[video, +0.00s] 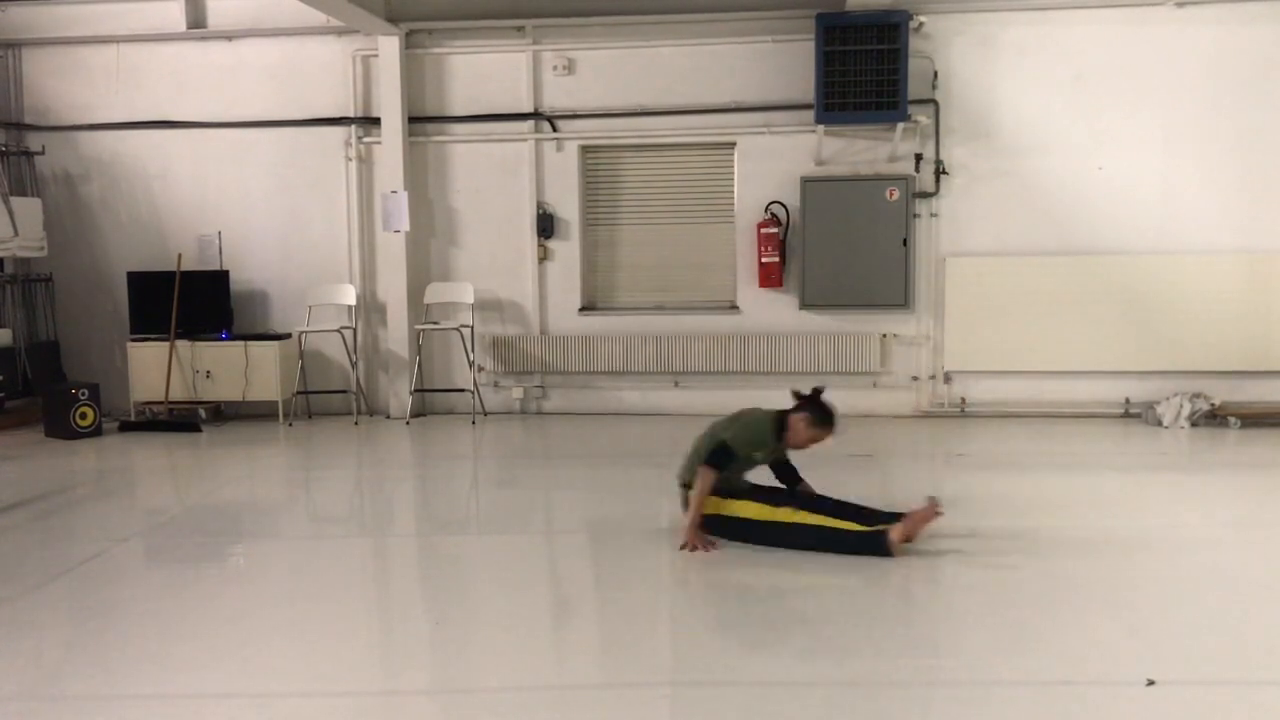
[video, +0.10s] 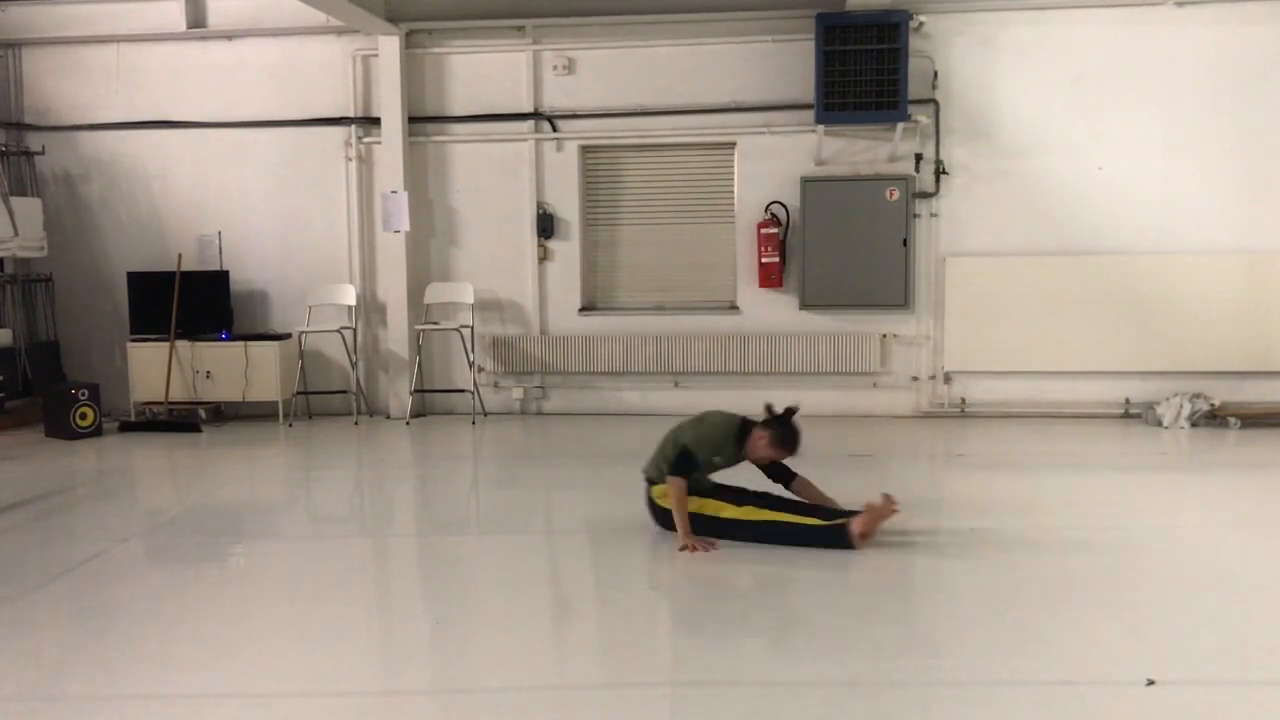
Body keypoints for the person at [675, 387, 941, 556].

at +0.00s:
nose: (809, 447)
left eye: (815, 442)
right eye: (812, 439)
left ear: (800, 421)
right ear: (799, 422)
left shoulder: (775, 436)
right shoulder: (755, 427)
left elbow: (793, 481)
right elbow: (707, 470)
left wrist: (822, 506)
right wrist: (692, 526)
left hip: (731, 490)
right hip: (707, 499)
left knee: (805, 507)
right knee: (788, 525)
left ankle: (897, 523)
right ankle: (883, 542)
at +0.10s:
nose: (770, 461)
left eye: (774, 458)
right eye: (771, 456)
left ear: (762, 437)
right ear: (761, 438)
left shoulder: (748, 439)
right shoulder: (717, 433)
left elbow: (790, 480)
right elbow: (675, 479)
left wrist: (838, 509)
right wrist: (684, 535)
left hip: (694, 488)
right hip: (666, 496)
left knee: (760, 504)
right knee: (746, 518)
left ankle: (848, 521)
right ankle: (844, 535)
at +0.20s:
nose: (731, 476)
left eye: (738, 474)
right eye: (734, 470)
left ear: (736, 454)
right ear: (729, 452)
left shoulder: (726, 444)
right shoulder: (689, 442)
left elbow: (781, 475)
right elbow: (652, 484)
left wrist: (836, 490)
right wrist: (682, 534)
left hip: (665, 486)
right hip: (637, 495)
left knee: (732, 503)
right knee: (718, 515)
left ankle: (815, 520)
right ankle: (809, 531)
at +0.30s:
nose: (708, 485)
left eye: (715, 484)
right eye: (711, 480)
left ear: (714, 459)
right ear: (707, 462)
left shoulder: (712, 447)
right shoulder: (670, 448)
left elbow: (765, 470)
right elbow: (648, 493)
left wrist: (820, 475)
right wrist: (681, 535)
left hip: (648, 486)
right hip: (617, 490)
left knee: (711, 502)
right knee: (698, 514)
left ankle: (786, 521)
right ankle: (777, 530)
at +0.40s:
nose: (694, 486)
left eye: (701, 486)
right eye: (697, 481)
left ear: (701, 459)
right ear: (692, 464)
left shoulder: (701, 446)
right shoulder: (656, 449)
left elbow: (749, 465)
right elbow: (645, 499)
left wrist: (799, 467)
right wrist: (681, 535)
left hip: (638, 482)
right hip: (605, 487)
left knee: (699, 501)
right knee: (678, 512)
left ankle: (769, 522)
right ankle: (752, 530)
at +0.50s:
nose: (681, 484)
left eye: (689, 485)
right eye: (684, 480)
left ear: (703, 457)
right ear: (681, 461)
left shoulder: (691, 440)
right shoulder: (647, 447)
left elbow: (733, 461)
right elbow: (635, 496)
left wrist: (780, 468)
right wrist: (674, 534)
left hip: (631, 481)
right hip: (599, 490)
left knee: (687, 501)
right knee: (672, 514)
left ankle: (763, 522)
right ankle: (747, 531)